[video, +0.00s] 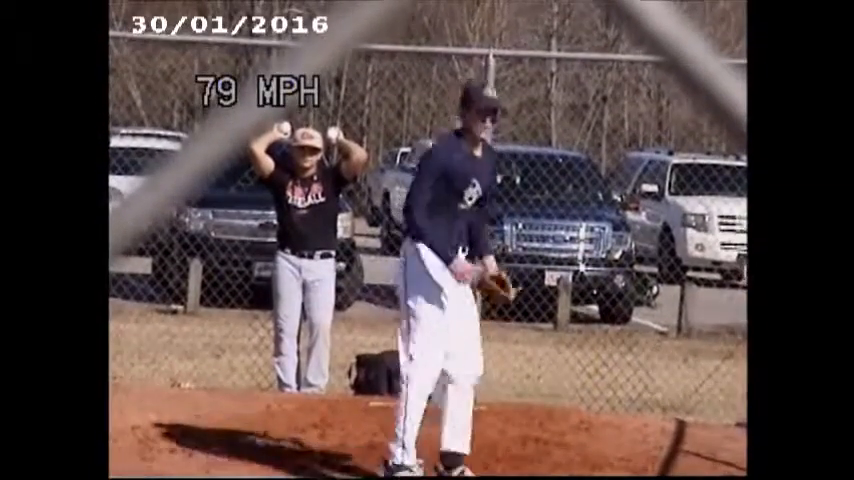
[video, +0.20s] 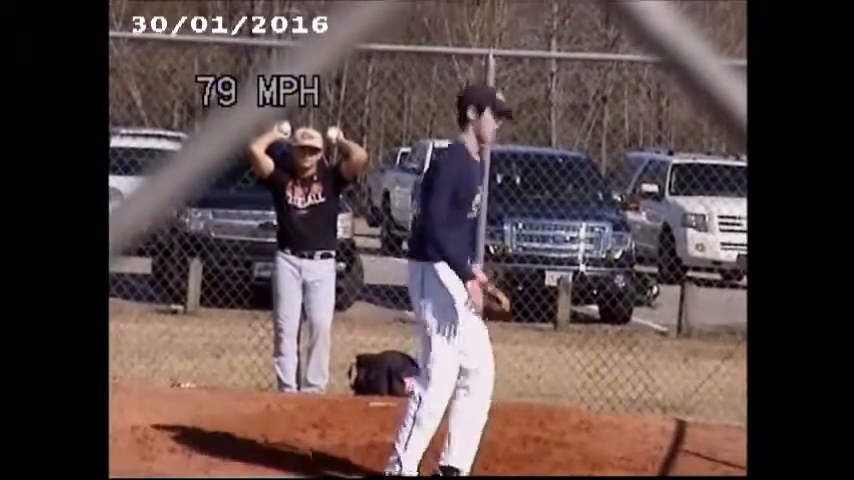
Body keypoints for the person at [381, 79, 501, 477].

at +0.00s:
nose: (490, 121)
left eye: (494, 115)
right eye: (483, 114)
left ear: (496, 120)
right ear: (464, 114)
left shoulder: (487, 159)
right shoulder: (440, 153)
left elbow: (478, 213)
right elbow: (414, 214)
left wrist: (487, 256)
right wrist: (452, 259)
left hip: (460, 260)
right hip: (425, 255)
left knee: (463, 364)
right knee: (423, 361)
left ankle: (453, 457)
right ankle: (401, 457)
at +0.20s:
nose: (498, 125)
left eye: (499, 117)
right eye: (494, 115)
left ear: (476, 116)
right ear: (472, 114)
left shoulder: (471, 163)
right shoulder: (451, 159)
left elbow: (456, 227)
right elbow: (434, 227)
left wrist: (473, 268)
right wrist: (466, 275)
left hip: (454, 270)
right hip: (432, 269)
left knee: (480, 370)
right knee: (439, 371)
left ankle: (454, 466)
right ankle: (401, 467)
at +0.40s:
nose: (500, 110)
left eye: (499, 103)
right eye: (500, 104)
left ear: (462, 106)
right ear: (493, 107)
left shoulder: (444, 144)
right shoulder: (478, 149)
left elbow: (417, 205)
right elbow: (471, 211)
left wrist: (431, 246)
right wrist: (477, 273)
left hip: (425, 250)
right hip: (449, 255)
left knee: (454, 357)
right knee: (435, 362)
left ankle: (447, 453)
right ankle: (405, 458)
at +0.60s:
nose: (492, 126)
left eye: (486, 120)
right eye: (491, 121)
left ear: (453, 123)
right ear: (487, 124)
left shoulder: (434, 161)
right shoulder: (498, 167)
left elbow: (397, 219)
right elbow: (507, 233)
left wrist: (414, 256)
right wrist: (519, 290)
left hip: (422, 267)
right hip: (461, 273)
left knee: (438, 365)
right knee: (432, 368)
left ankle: (441, 456)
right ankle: (401, 461)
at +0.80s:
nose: (479, 123)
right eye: (479, 118)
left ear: (442, 123)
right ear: (476, 122)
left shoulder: (427, 162)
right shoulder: (497, 161)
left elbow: (400, 217)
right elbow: (523, 218)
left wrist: (418, 252)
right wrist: (536, 270)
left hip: (428, 259)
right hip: (466, 263)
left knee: (435, 358)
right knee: (454, 359)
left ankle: (442, 454)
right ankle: (420, 447)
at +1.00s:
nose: (478, 113)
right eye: (478, 108)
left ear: (442, 112)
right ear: (475, 111)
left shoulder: (426, 151)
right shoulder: (494, 148)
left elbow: (400, 213)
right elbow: (519, 204)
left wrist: (423, 228)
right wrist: (533, 258)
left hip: (437, 251)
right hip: (477, 255)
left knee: (442, 352)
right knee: (486, 353)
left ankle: (440, 454)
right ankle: (456, 423)